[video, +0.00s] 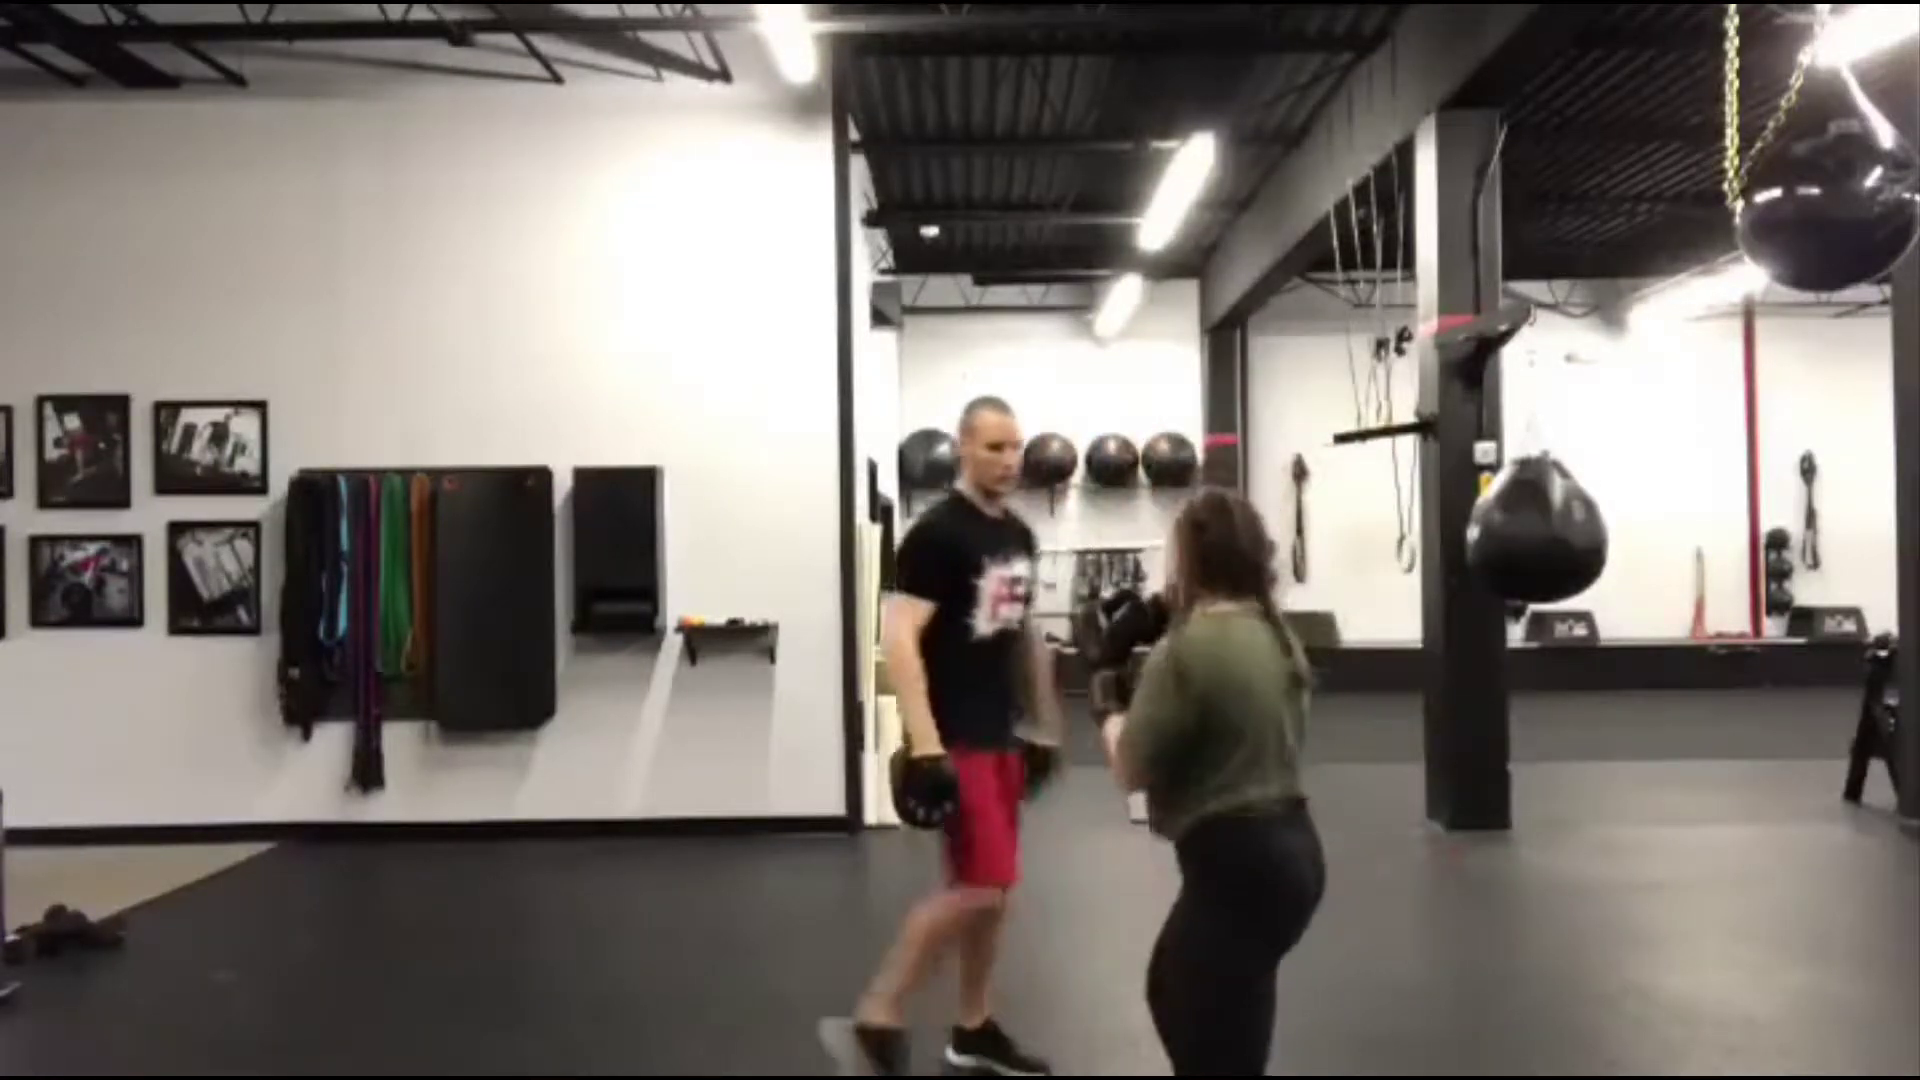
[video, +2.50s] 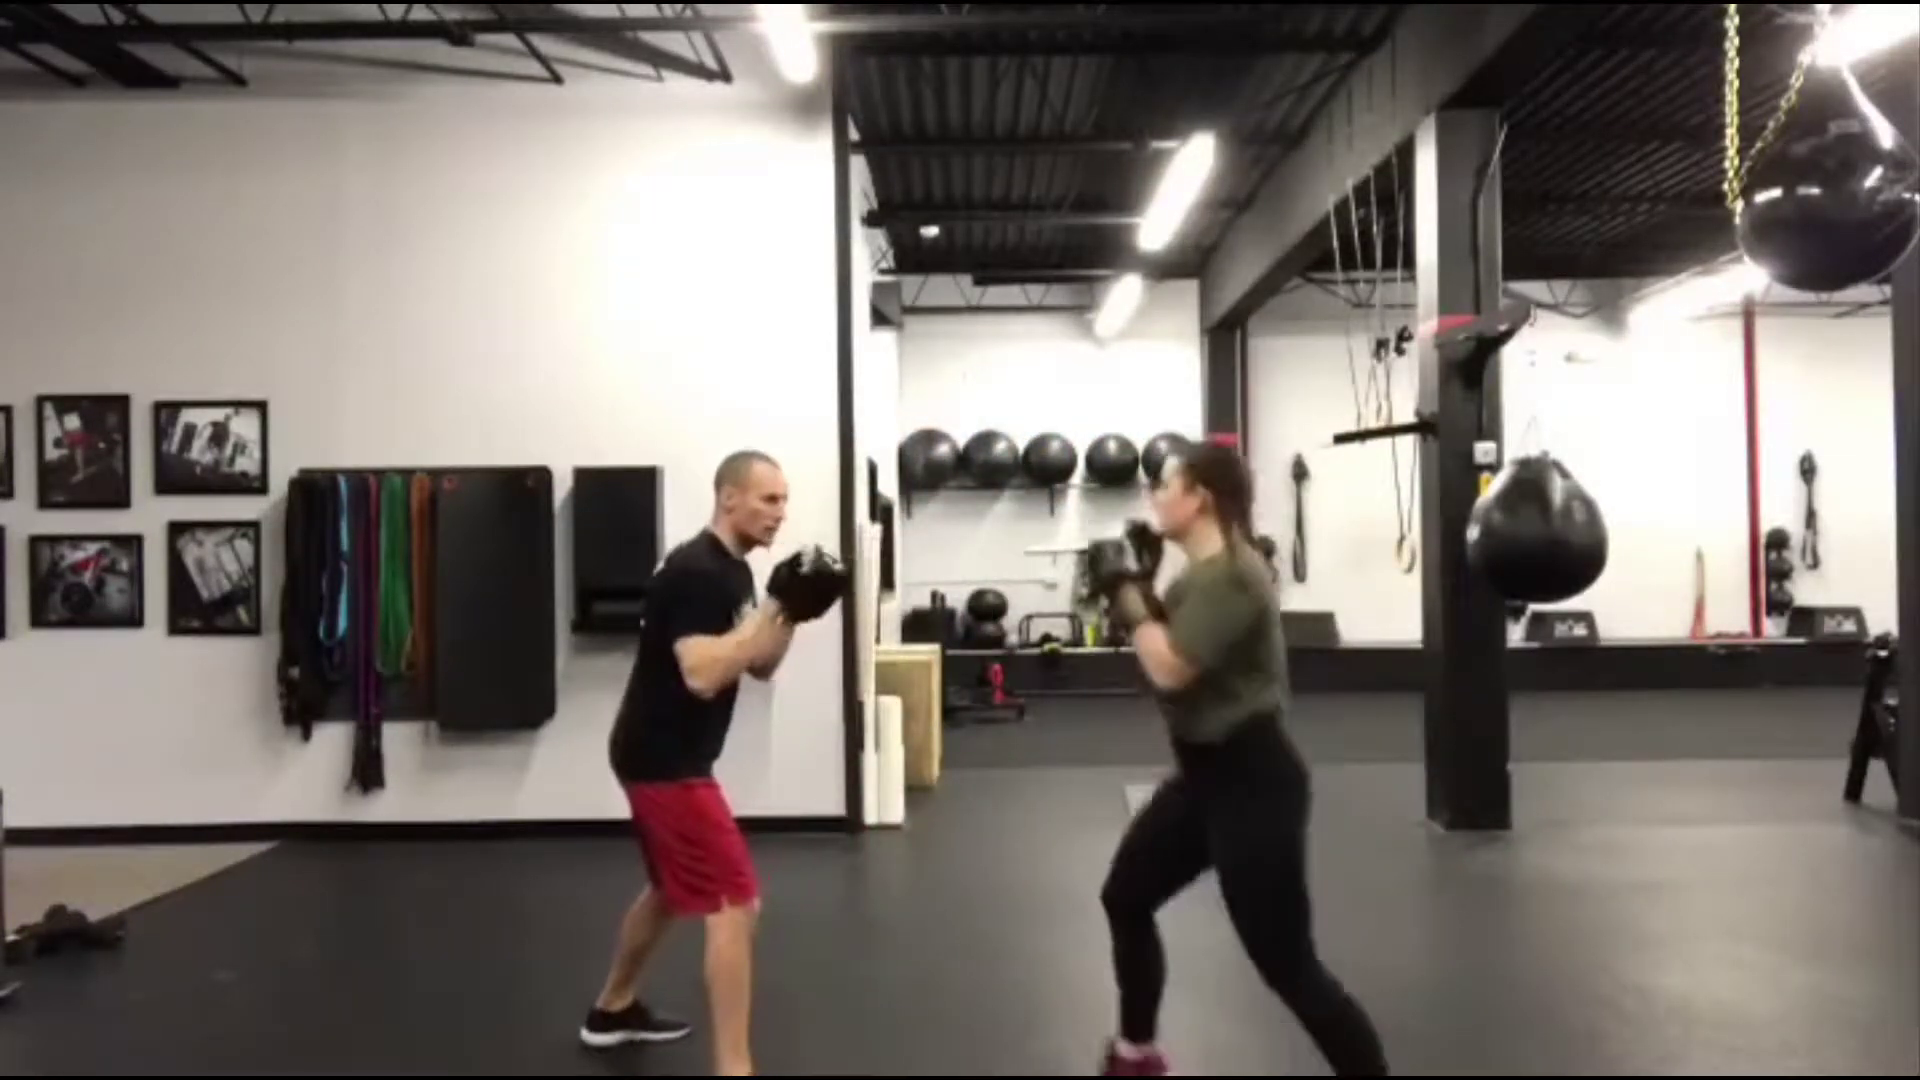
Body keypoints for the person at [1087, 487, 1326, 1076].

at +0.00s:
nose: (1171, 557)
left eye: (1176, 545)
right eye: (1175, 544)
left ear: (1190, 555)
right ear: (1252, 551)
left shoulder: (1186, 649)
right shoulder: (1277, 635)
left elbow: (1129, 766)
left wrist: (1110, 702)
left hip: (1233, 862)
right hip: (1289, 844)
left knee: (1176, 991)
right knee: (1237, 1000)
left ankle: (1215, 1071)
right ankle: (1236, 1068)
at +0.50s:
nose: (1203, 554)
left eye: (1208, 540)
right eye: (1205, 540)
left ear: (1236, 551)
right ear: (1281, 548)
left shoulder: (1265, 636)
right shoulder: (1306, 623)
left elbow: (1213, 761)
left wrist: (1164, 681)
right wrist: (1213, 662)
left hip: (1317, 876)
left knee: (1314, 1061)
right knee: (1198, 957)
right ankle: (1243, 1069)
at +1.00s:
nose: (1152, 528)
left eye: (1161, 515)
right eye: (1157, 514)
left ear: (1186, 528)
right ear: (1197, 527)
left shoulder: (1220, 611)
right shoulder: (1205, 605)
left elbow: (1159, 725)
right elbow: (1172, 701)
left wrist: (1124, 667)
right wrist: (1138, 648)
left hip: (1248, 825)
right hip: (1209, 822)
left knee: (1258, 1027)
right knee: (1154, 971)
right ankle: (1189, 1070)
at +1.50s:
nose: (1177, 521)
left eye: (1186, 508)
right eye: (1181, 508)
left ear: (1215, 518)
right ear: (1226, 519)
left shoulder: (1259, 597)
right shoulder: (1240, 597)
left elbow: (1208, 706)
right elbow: (1212, 691)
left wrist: (1153, 635)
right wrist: (1169, 629)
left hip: (1301, 817)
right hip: (1263, 815)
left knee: (1321, 1020)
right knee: (1152, 912)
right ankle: (1197, 1064)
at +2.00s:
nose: (1143, 508)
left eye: (1153, 495)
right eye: (1148, 495)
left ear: (1182, 506)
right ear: (1189, 507)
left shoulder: (1216, 589)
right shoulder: (1183, 588)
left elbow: (1150, 680)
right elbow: (1155, 668)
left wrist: (1114, 608)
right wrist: (1122, 601)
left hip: (1231, 791)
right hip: (1189, 788)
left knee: (1257, 973)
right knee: (1140, 934)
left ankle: (1351, 1066)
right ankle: (1148, 1070)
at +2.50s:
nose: (1154, 499)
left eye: (1165, 487)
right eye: (1159, 487)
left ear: (1199, 499)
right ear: (1202, 501)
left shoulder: (1230, 576)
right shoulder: (1201, 573)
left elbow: (1169, 669)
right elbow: (1175, 655)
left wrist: (1130, 595)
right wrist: (1137, 593)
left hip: (1254, 782)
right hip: (1208, 779)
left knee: (1285, 962)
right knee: (1126, 898)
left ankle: (1368, 1067)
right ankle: (1137, 1051)